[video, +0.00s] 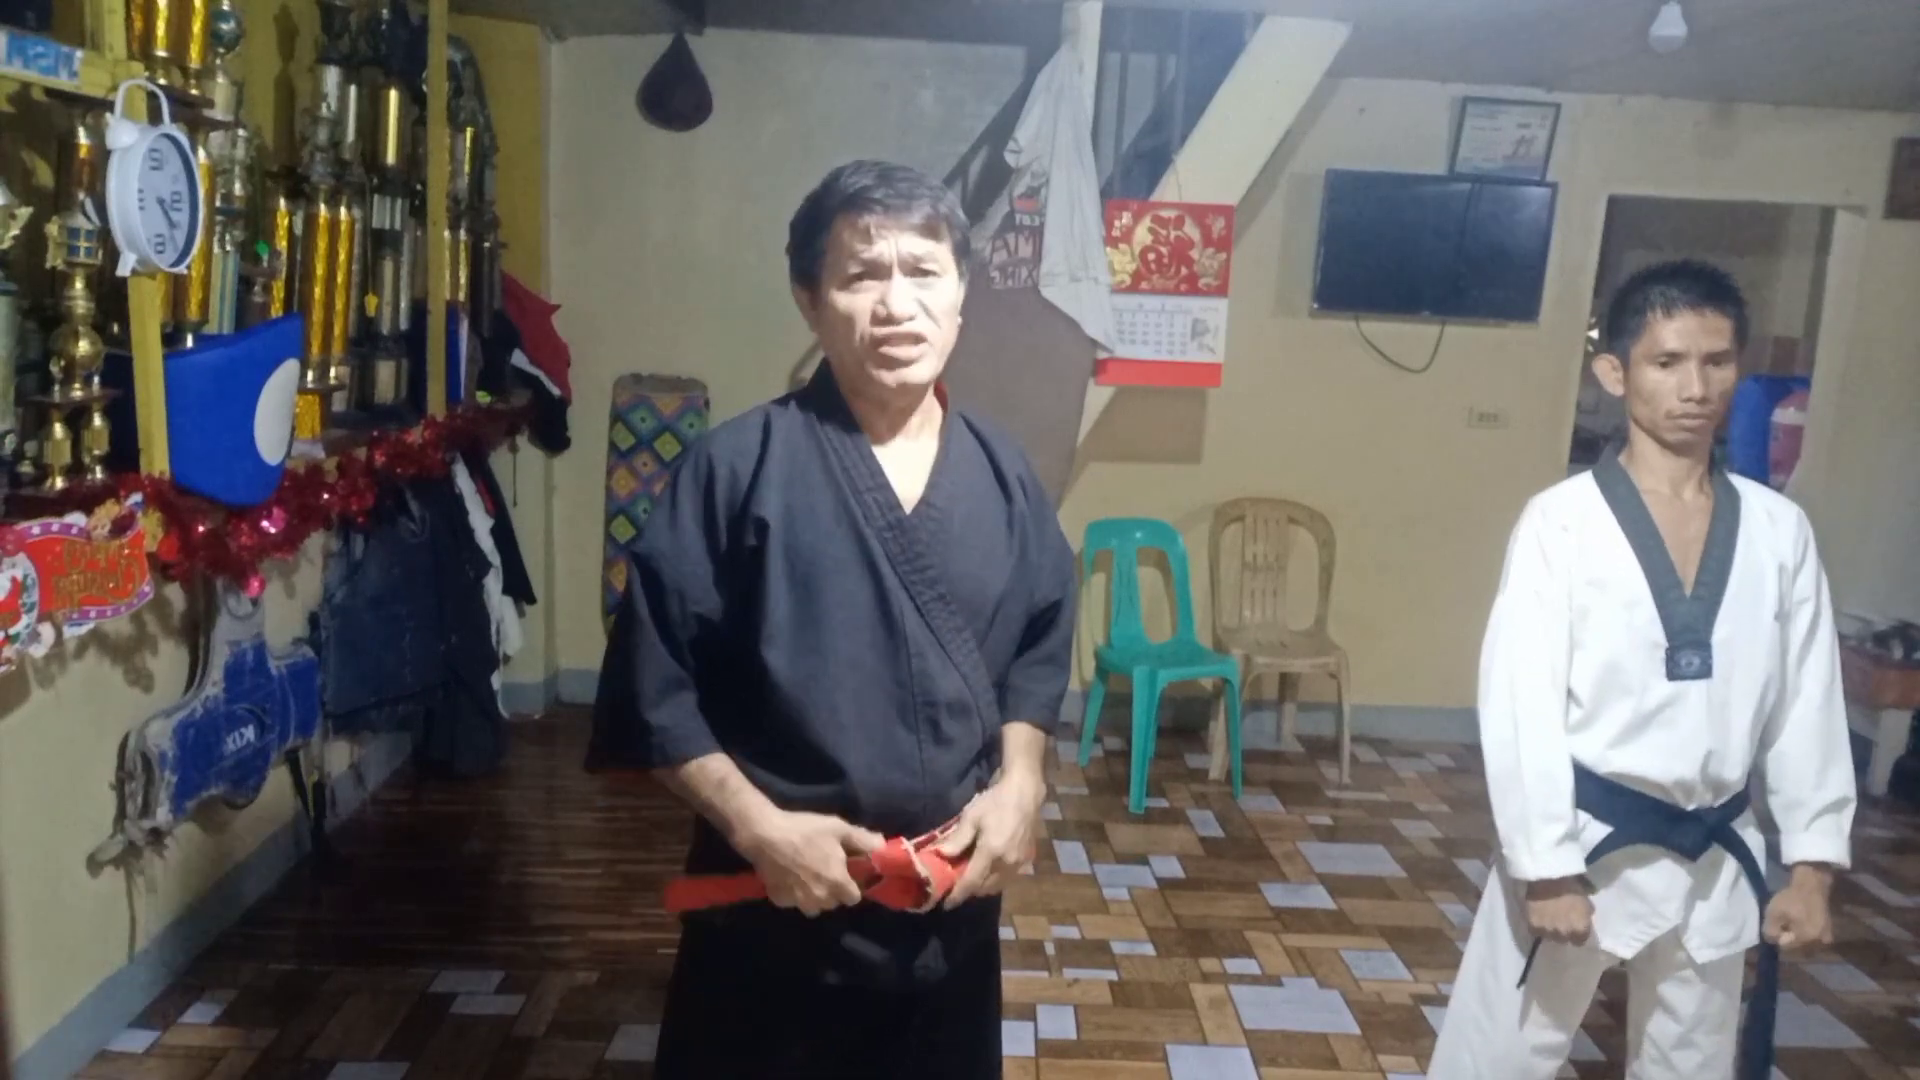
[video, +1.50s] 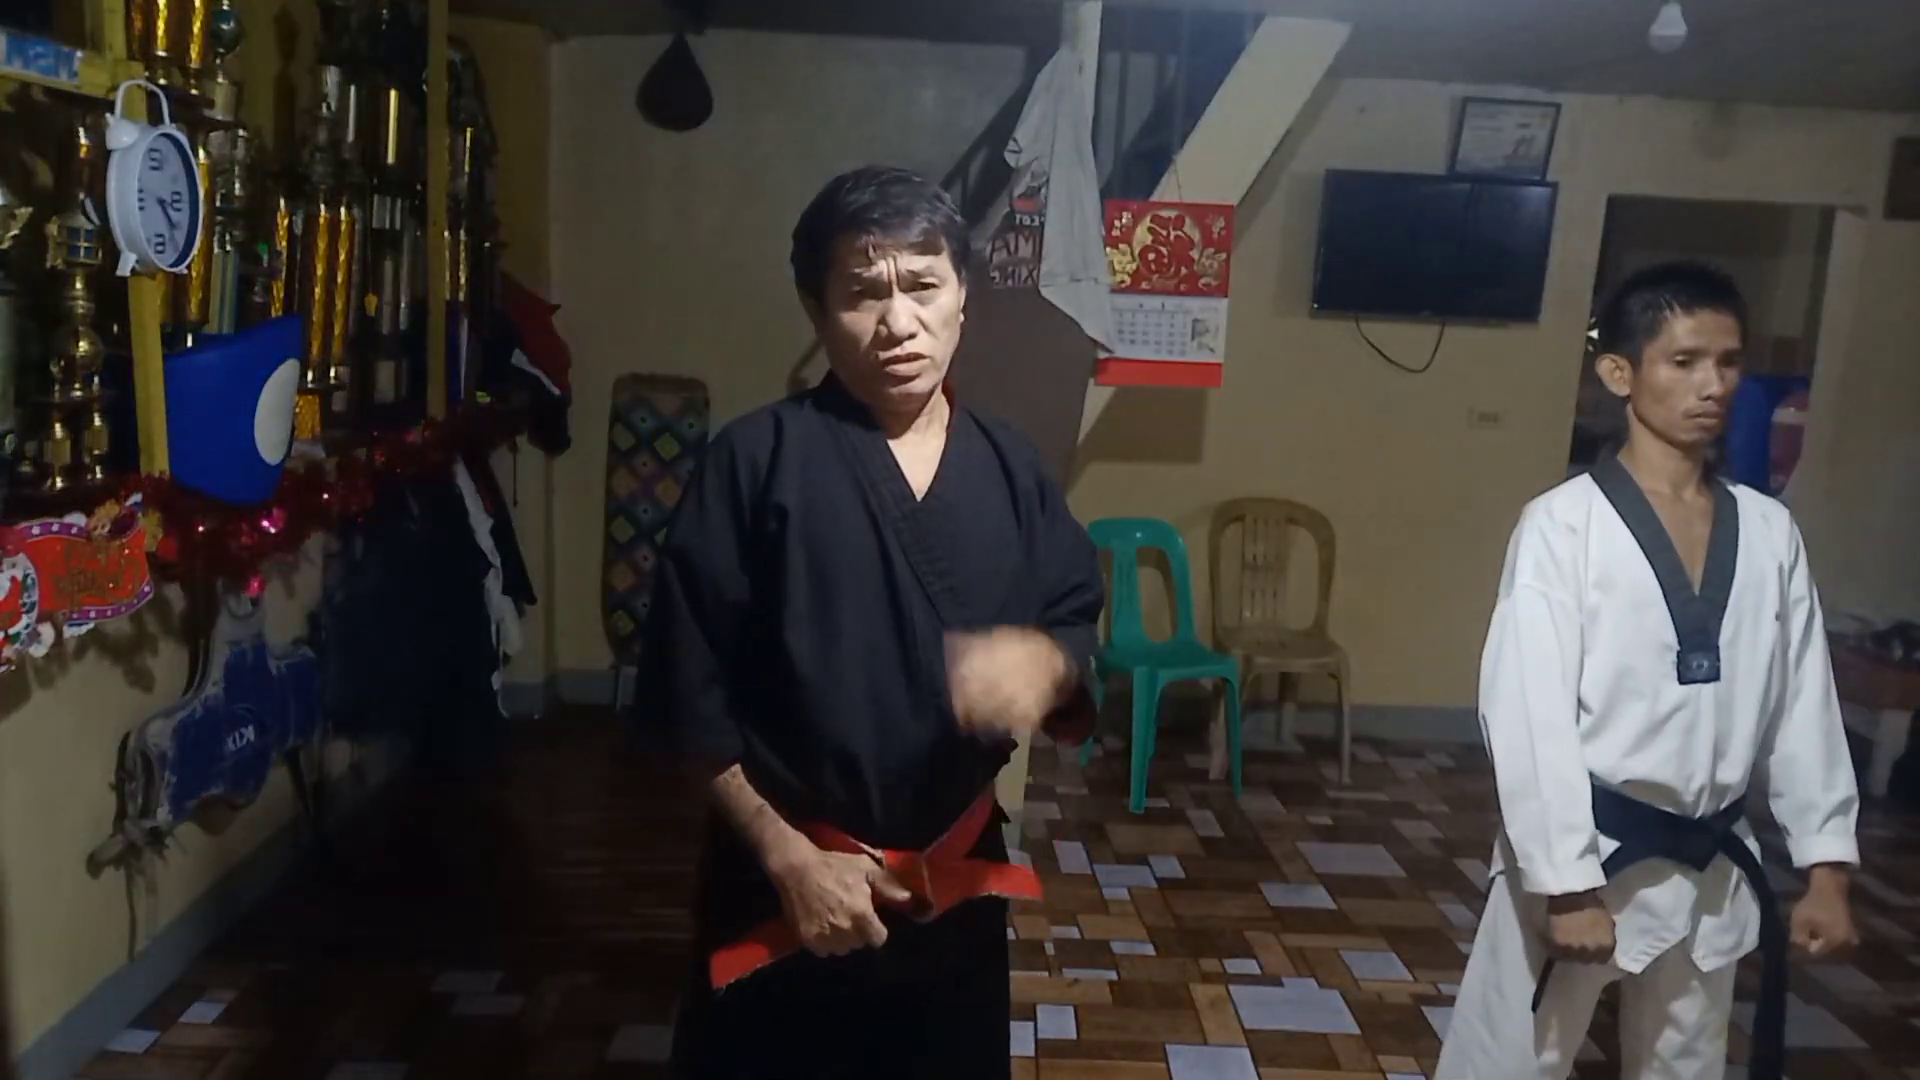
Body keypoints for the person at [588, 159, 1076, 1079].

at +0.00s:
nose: (899, 303)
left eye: (924, 273)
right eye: (864, 276)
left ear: (962, 293)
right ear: (811, 303)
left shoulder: (1004, 474)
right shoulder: (732, 469)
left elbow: (1039, 644)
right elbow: (648, 682)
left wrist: (1020, 785)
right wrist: (759, 826)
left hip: (951, 926)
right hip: (771, 926)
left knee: (951, 1071)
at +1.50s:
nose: (897, 321)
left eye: (921, 286)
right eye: (862, 294)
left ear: (961, 296)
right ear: (816, 314)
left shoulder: (1010, 465)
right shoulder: (751, 464)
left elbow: (1077, 627)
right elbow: (679, 692)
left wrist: (1040, 662)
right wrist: (786, 853)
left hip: (956, 908)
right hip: (780, 907)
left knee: (956, 1071)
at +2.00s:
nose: (876, 316)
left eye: (904, 284)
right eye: (844, 290)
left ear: (957, 297)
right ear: (809, 313)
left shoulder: (1006, 472)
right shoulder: (733, 468)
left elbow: (1054, 694)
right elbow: (662, 686)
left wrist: (996, 632)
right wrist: (754, 859)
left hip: (939, 902)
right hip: (755, 903)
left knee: (941, 1070)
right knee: (746, 1075)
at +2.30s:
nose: (880, 320)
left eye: (907, 287)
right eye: (847, 294)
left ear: (959, 296)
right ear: (809, 315)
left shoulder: (1006, 474)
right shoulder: (734, 467)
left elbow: (1050, 697)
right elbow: (662, 689)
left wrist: (996, 630)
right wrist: (759, 862)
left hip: (940, 905)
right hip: (756, 906)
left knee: (942, 1070)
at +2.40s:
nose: (882, 316)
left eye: (910, 284)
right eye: (850, 290)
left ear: (960, 296)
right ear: (812, 314)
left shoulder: (1007, 474)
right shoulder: (735, 467)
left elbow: (1050, 696)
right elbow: (664, 691)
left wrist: (1003, 634)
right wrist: (762, 860)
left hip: (943, 901)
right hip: (759, 902)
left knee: (945, 1070)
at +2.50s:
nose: (891, 312)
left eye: (917, 279)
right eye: (857, 287)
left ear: (964, 295)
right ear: (816, 313)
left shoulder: (1006, 470)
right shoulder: (742, 464)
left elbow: (1051, 698)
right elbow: (669, 691)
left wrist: (1007, 633)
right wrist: (772, 860)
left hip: (948, 903)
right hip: (770, 902)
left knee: (950, 1068)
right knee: (760, 1074)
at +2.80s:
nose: (924, 301)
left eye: (947, 269)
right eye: (887, 281)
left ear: (991, 294)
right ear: (845, 323)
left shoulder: (1017, 467)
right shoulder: (782, 450)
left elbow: (1064, 634)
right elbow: (683, 648)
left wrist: (1036, 654)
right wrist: (803, 778)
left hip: (966, 895)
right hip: (803, 892)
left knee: (964, 1068)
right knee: (785, 1071)